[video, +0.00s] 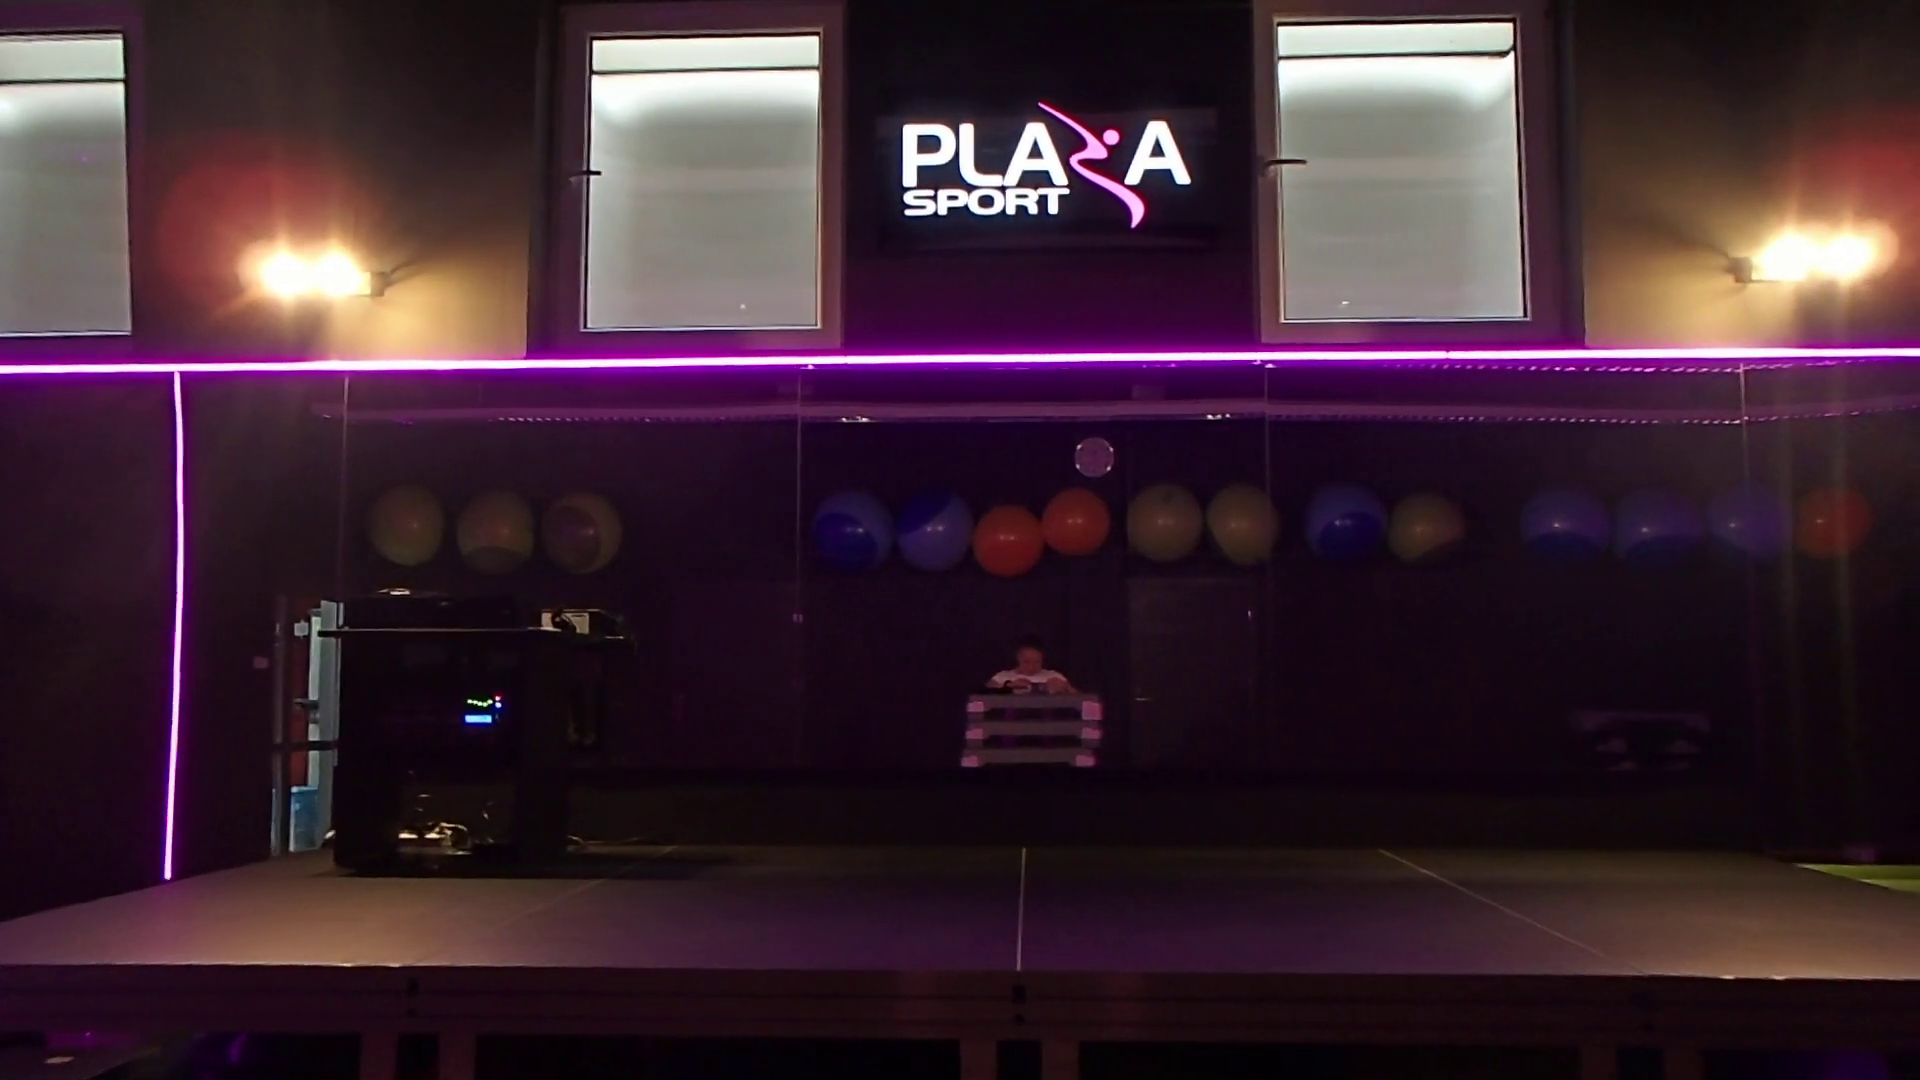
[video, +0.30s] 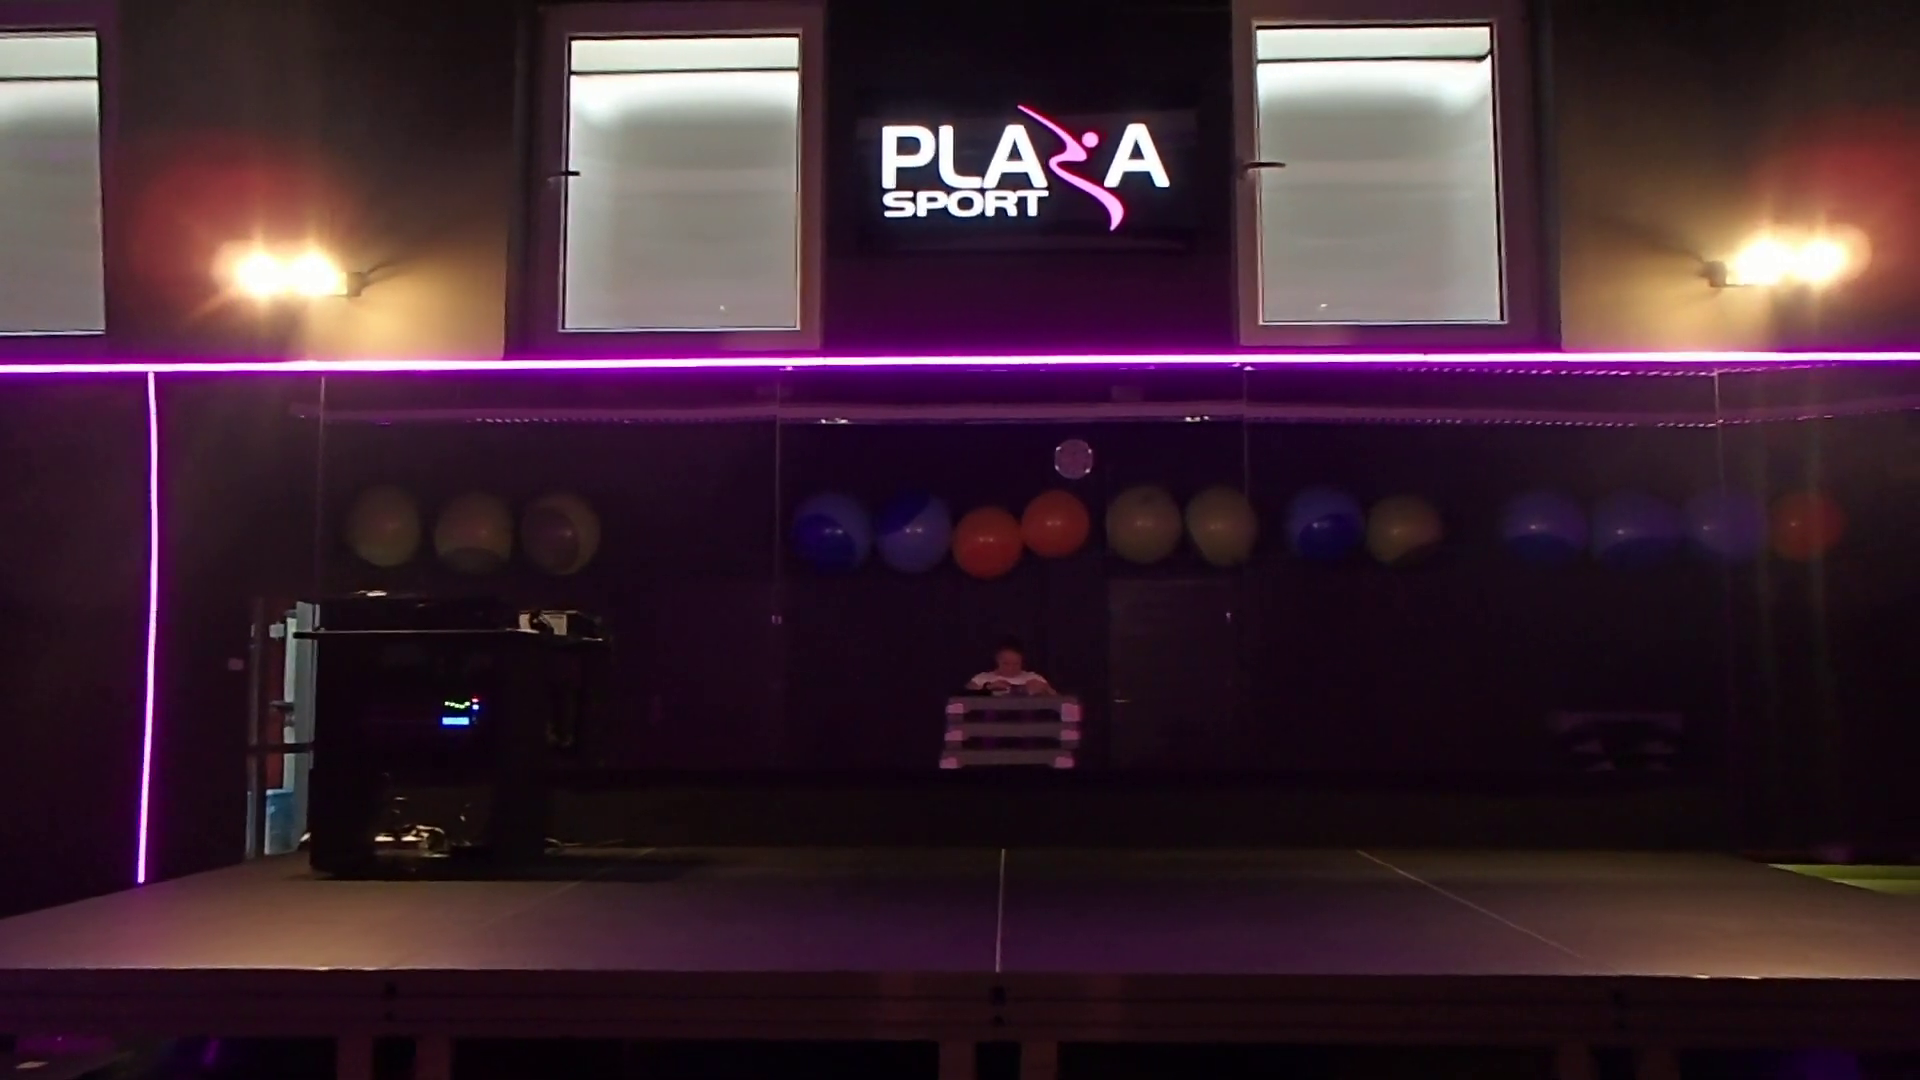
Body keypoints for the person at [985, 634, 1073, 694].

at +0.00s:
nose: (1031, 666)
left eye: (1035, 661)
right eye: (1026, 661)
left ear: (1041, 660)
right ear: (1019, 659)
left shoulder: (1052, 677)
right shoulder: (1004, 676)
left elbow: (1077, 697)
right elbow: (987, 691)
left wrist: (1064, 689)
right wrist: (1010, 686)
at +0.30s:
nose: (1010, 668)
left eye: (1015, 664)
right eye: (1005, 663)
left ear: (1021, 663)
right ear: (998, 662)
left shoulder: (1032, 678)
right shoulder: (983, 678)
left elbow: (1057, 700)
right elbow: (966, 693)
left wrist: (1043, 689)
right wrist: (989, 687)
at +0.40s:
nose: (1003, 669)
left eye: (1007, 664)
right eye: (998, 664)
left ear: (1012, 664)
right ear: (990, 664)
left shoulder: (1024, 679)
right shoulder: (976, 679)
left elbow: (1049, 701)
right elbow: (958, 694)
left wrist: (1033, 690)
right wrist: (981, 688)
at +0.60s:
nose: (976, 673)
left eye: (980, 669)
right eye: (972, 669)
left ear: (986, 669)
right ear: (965, 669)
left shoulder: (998, 684)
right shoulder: (950, 684)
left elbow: (1022, 705)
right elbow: (934, 698)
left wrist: (1007, 695)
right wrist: (956, 694)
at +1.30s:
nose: (965, 672)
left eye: (969, 667)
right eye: (961, 668)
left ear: (975, 667)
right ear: (953, 668)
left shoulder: (987, 685)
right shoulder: (939, 685)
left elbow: (1011, 706)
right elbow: (922, 700)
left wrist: (998, 696)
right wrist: (943, 691)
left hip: (980, 724)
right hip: (947, 724)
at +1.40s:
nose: (961, 669)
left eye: (965, 665)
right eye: (956, 665)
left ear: (971, 665)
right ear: (950, 665)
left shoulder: (981, 684)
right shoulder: (938, 683)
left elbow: (1005, 705)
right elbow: (915, 701)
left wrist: (1004, 690)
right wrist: (933, 690)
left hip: (976, 724)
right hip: (944, 724)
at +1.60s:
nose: (939, 665)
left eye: (944, 660)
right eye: (935, 660)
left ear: (952, 661)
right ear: (930, 662)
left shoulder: (971, 687)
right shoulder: (917, 688)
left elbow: (988, 719)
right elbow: (895, 717)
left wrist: (1006, 700)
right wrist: (904, 688)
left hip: (964, 747)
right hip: (925, 750)